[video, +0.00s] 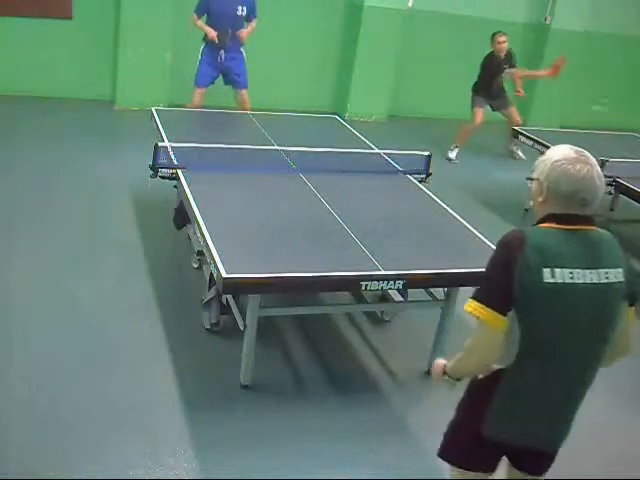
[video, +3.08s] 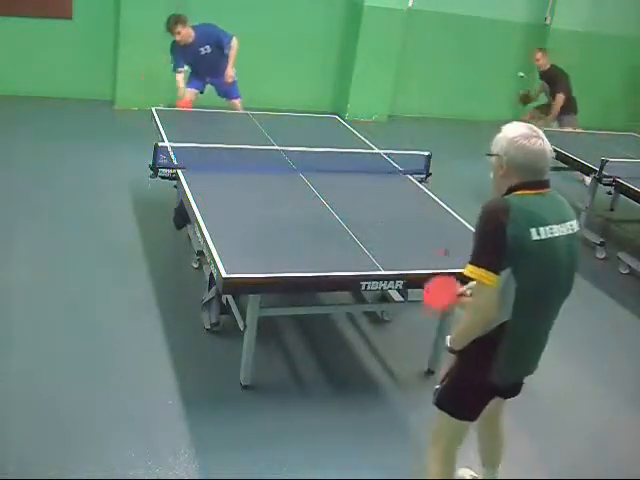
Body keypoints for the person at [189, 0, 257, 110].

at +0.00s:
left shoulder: (248, 2)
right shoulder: (208, 2)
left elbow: (252, 21)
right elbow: (196, 18)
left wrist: (246, 32)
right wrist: (208, 30)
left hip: (234, 50)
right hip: (211, 49)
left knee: (242, 91)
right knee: (199, 88)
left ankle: (247, 125)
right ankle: (192, 123)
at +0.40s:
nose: (224, 2)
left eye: (227, 0)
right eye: (222, 0)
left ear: (231, 1)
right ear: (218, 0)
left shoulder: (240, 14)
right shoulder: (203, 13)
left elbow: (247, 38)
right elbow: (194, 40)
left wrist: (238, 52)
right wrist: (207, 43)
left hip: (227, 65)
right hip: (202, 64)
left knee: (239, 102)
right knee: (188, 101)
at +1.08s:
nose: (211, 13)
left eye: (214, 9)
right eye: (208, 9)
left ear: (219, 9)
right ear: (202, 8)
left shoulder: (227, 23)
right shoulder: (192, 22)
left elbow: (235, 44)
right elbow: (181, 52)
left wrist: (227, 63)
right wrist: (197, 50)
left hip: (215, 67)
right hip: (191, 66)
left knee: (232, 103)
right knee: (179, 101)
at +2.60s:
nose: (207, 19)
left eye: (209, 14)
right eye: (204, 15)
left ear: (216, 12)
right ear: (200, 15)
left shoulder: (231, 25)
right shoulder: (196, 28)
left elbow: (243, 49)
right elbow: (188, 49)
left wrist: (232, 68)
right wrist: (187, 60)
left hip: (228, 72)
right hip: (204, 73)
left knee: (241, 107)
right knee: (188, 104)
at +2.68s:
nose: (200, 23)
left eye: (203, 18)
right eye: (197, 19)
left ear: (210, 16)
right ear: (194, 19)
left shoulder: (227, 27)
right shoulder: (194, 32)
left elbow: (243, 50)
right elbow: (187, 59)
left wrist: (232, 69)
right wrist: (181, 69)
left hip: (230, 70)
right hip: (207, 72)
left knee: (243, 108)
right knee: (192, 104)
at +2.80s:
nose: (187, 33)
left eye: (189, 28)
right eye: (184, 29)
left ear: (198, 23)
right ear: (182, 29)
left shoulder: (219, 31)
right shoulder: (186, 43)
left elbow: (243, 46)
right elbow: (186, 70)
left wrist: (235, 71)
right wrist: (172, 79)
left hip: (230, 72)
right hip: (208, 74)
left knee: (243, 109)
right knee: (191, 104)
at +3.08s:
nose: (177, 38)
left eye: (178, 33)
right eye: (174, 35)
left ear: (186, 28)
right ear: (172, 34)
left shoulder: (208, 31)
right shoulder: (176, 47)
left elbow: (233, 42)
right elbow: (179, 73)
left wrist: (230, 68)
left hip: (221, 72)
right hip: (198, 74)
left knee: (236, 107)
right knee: (184, 104)